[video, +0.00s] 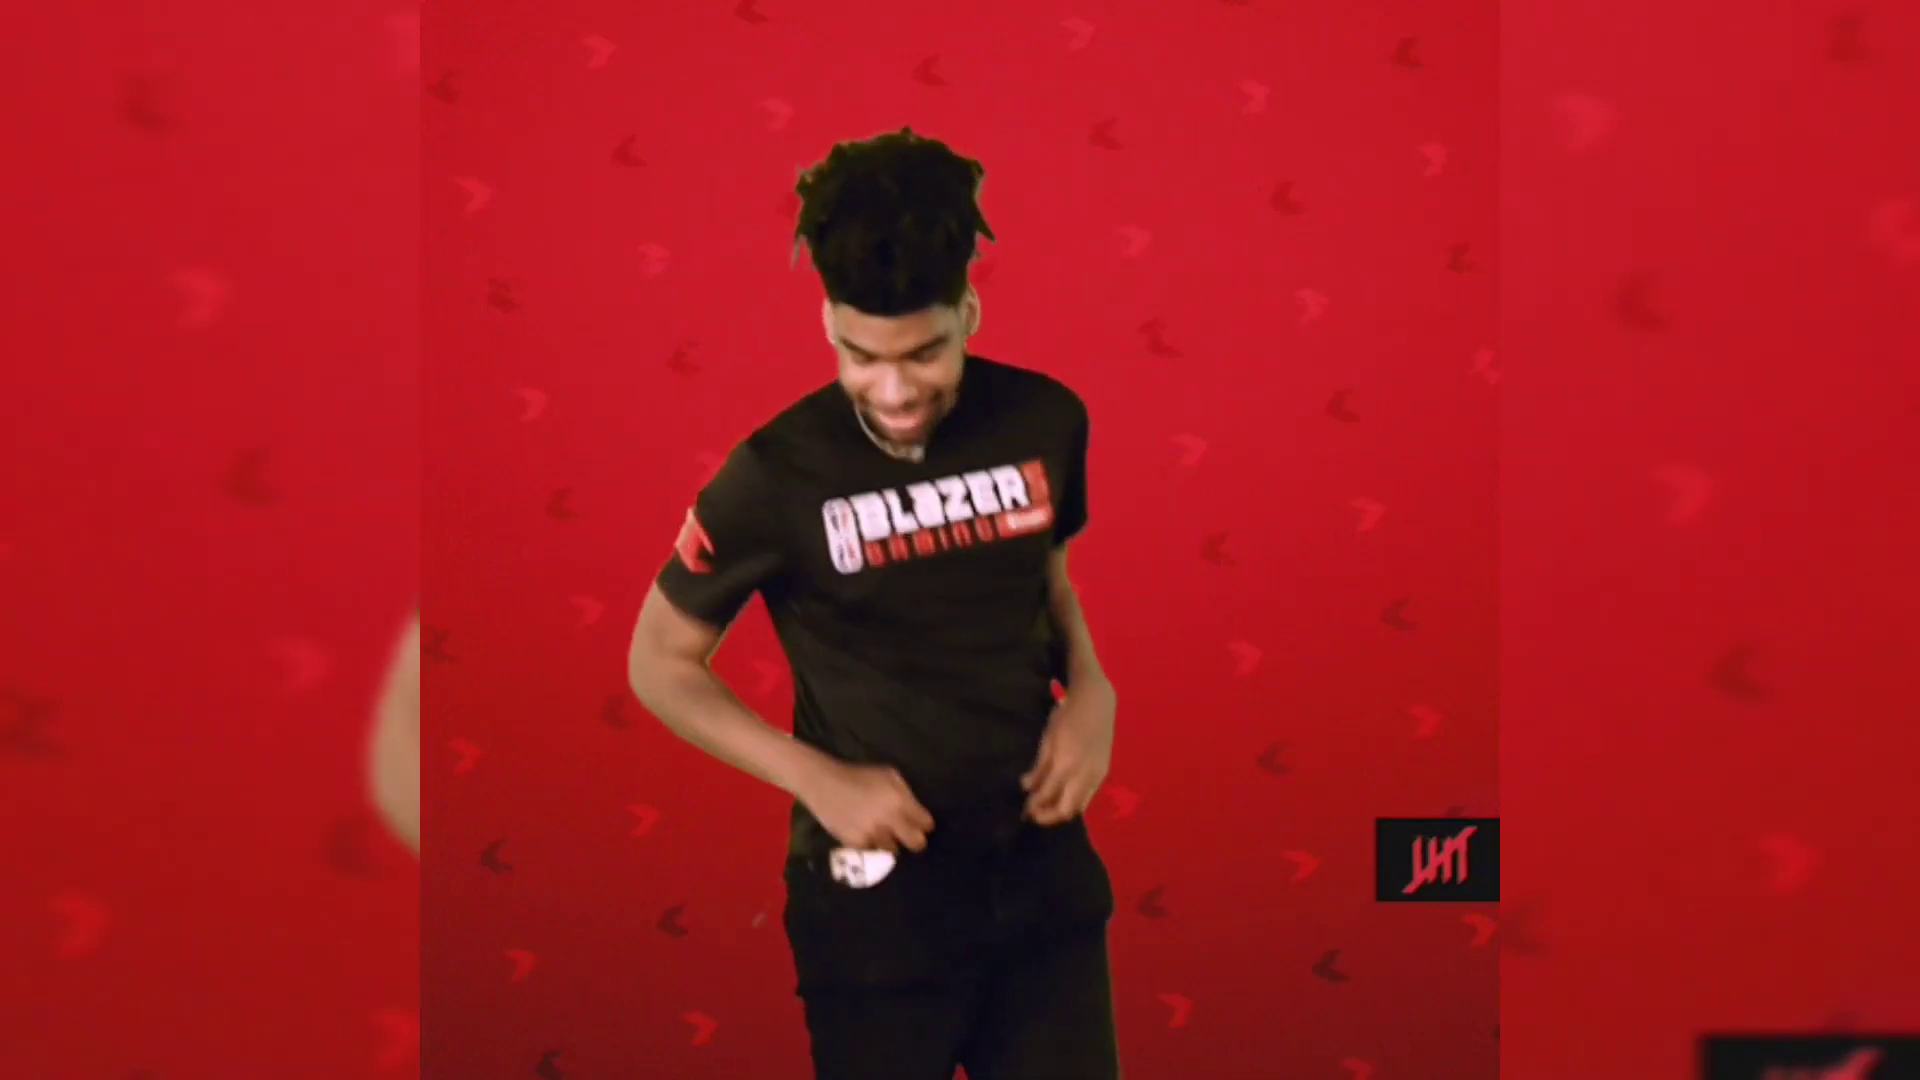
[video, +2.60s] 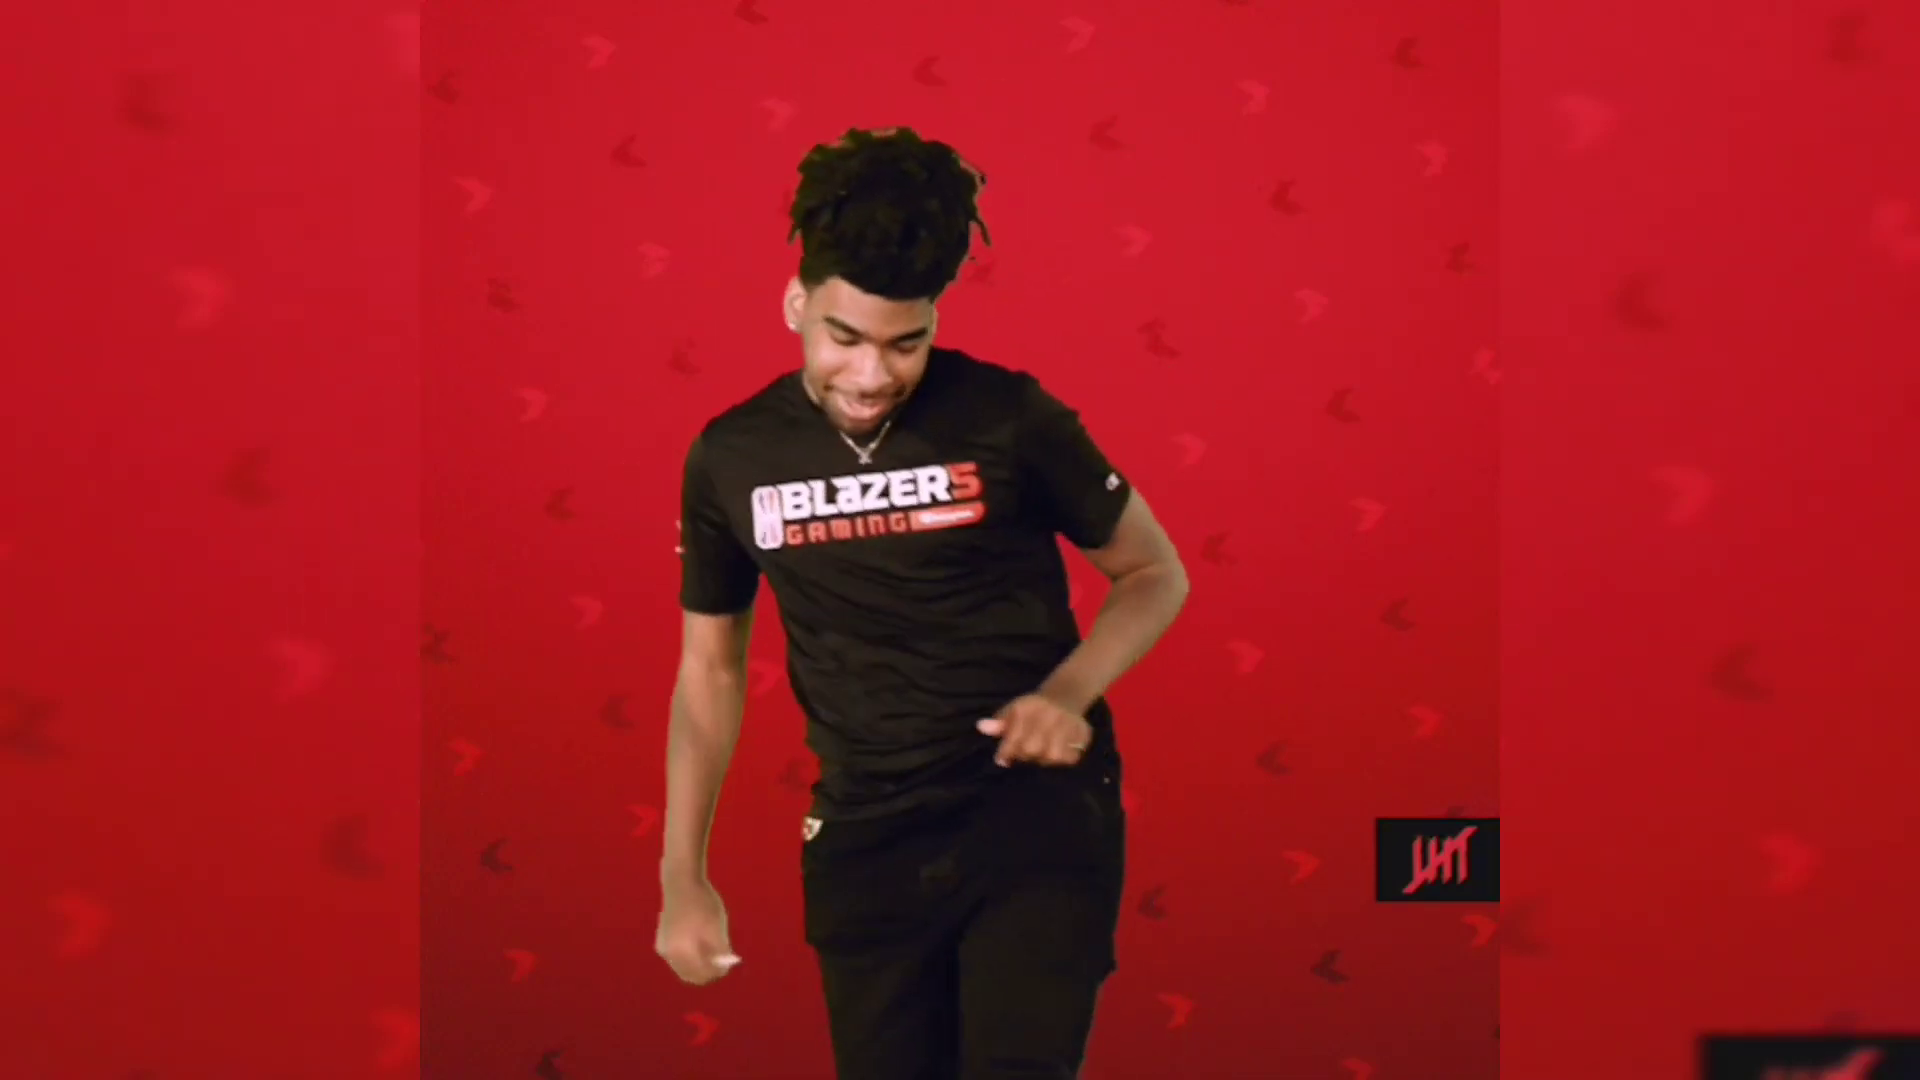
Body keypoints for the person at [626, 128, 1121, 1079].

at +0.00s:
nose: (894, 388)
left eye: (924, 353)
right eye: (861, 355)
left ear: (970, 312)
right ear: (828, 316)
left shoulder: (1043, 425)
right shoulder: (773, 481)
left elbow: (1047, 564)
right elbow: (660, 664)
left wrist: (1091, 688)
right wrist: (818, 780)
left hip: (1041, 880)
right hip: (873, 902)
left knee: (1073, 1062)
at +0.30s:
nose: (1003, 392)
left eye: (1033, 356)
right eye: (970, 358)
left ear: (1079, 315)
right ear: (936, 322)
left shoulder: (1139, 445)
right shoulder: (857, 478)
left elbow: (1134, 570)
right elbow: (728, 636)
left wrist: (1169, 693)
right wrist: (866, 775)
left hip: (1116, 877)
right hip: (943, 895)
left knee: (1133, 1061)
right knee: (973, 1061)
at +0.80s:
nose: (933, 365)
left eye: (967, 337)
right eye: (918, 330)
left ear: (1052, 322)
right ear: (903, 304)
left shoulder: (1148, 475)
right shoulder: (867, 443)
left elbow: (1222, 666)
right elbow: (823, 598)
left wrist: (1104, 746)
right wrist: (814, 728)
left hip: (1049, 910)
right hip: (876, 897)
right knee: (850, 1062)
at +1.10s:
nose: (836, 351)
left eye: (872, 320)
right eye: (818, 316)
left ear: (952, 299)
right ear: (802, 293)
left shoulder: (1065, 451)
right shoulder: (777, 432)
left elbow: (1138, 628)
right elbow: (753, 580)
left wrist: (1027, 723)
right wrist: (734, 686)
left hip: (958, 867)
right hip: (784, 849)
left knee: (918, 1061)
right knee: (758, 1061)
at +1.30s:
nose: (868, 363)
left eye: (893, 329)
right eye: (835, 331)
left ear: (920, 301)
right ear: (773, 307)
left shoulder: (1004, 433)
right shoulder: (706, 457)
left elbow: (1081, 590)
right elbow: (670, 605)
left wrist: (1005, 715)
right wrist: (705, 720)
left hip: (951, 866)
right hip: (770, 866)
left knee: (943, 1063)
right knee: (759, 1064)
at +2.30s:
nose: (902, 383)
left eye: (937, 351)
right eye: (876, 346)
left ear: (984, 319)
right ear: (843, 311)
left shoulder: (1074, 446)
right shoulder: (778, 468)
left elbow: (1140, 588)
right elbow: (738, 673)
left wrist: (1103, 731)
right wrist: (804, 811)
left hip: (1038, 849)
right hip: (866, 860)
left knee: (987, 1060)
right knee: (874, 1064)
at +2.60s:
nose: (872, 374)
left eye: (904, 342)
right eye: (843, 335)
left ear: (938, 311)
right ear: (794, 297)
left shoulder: (1013, 423)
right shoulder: (731, 462)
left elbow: (1154, 577)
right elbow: (711, 674)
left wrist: (1068, 694)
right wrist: (683, 875)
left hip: (1033, 822)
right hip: (865, 846)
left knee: (1015, 1057)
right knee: (882, 1060)